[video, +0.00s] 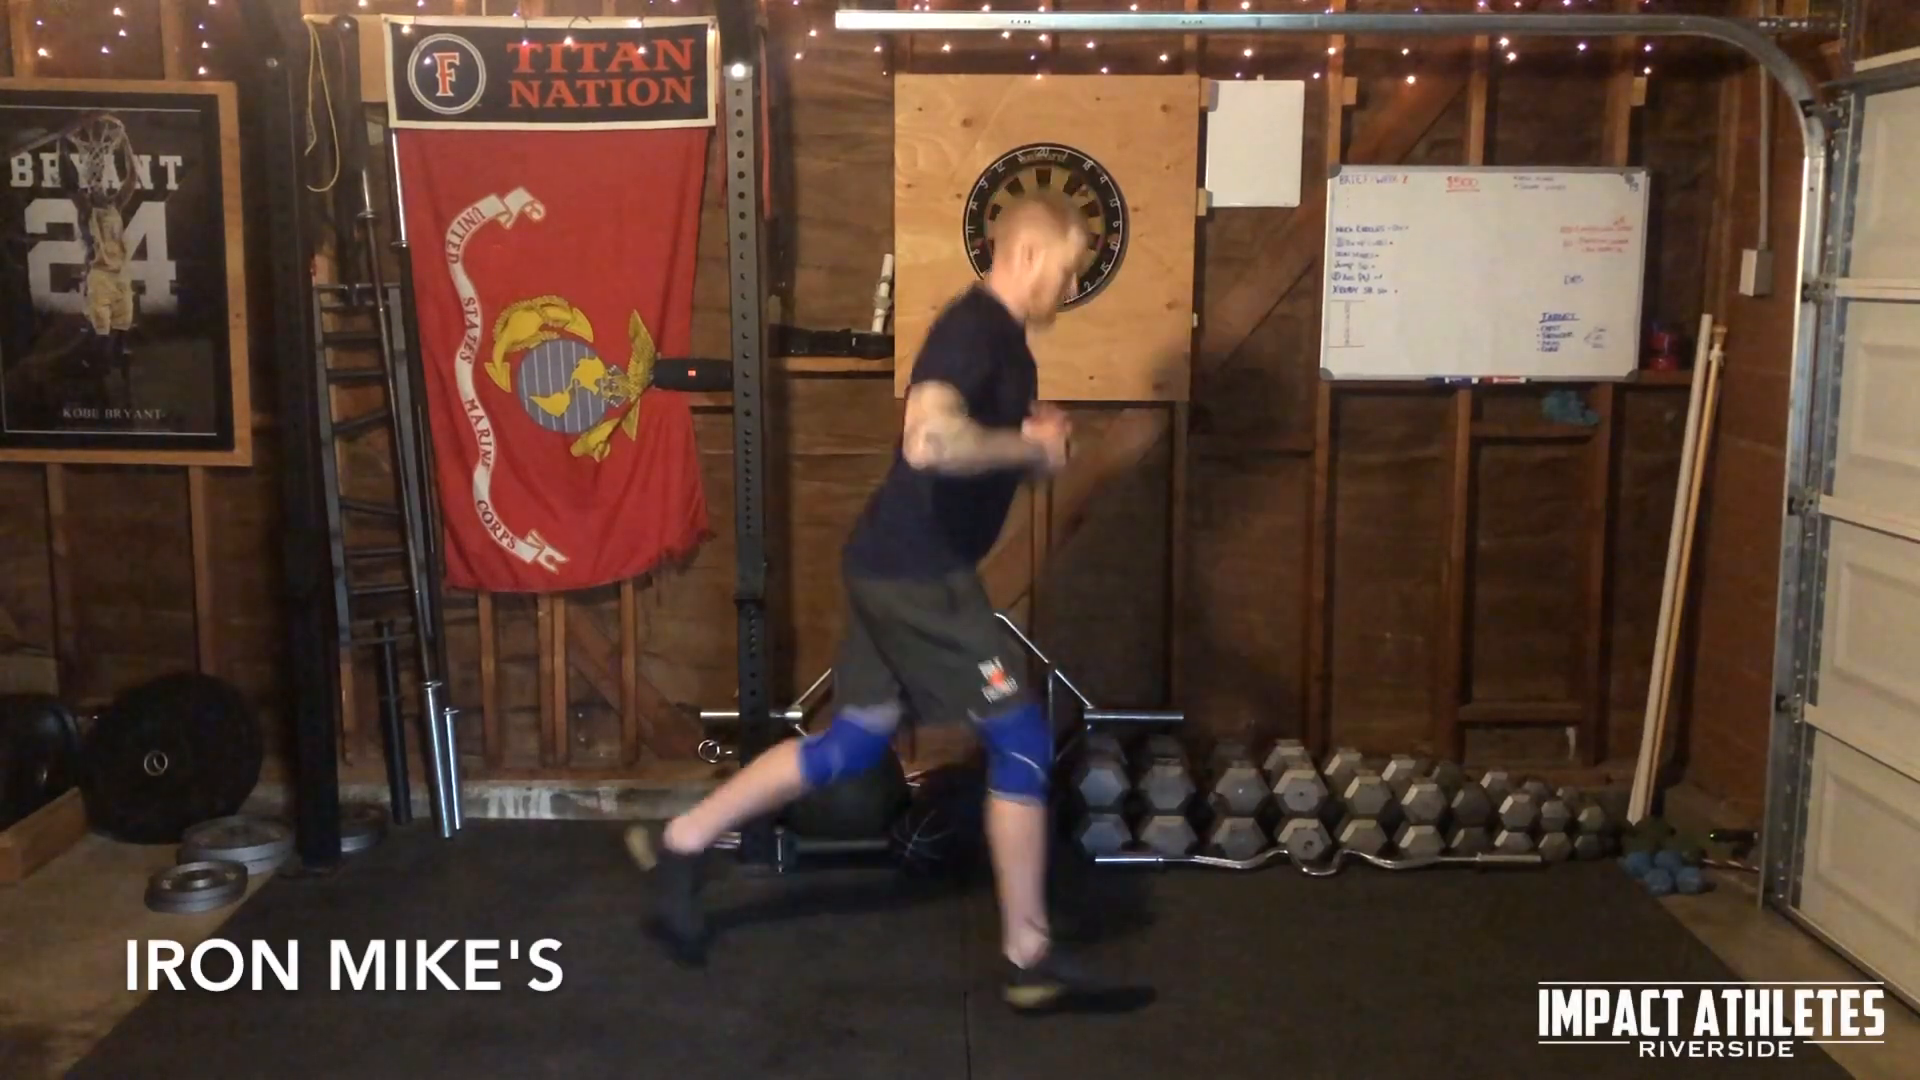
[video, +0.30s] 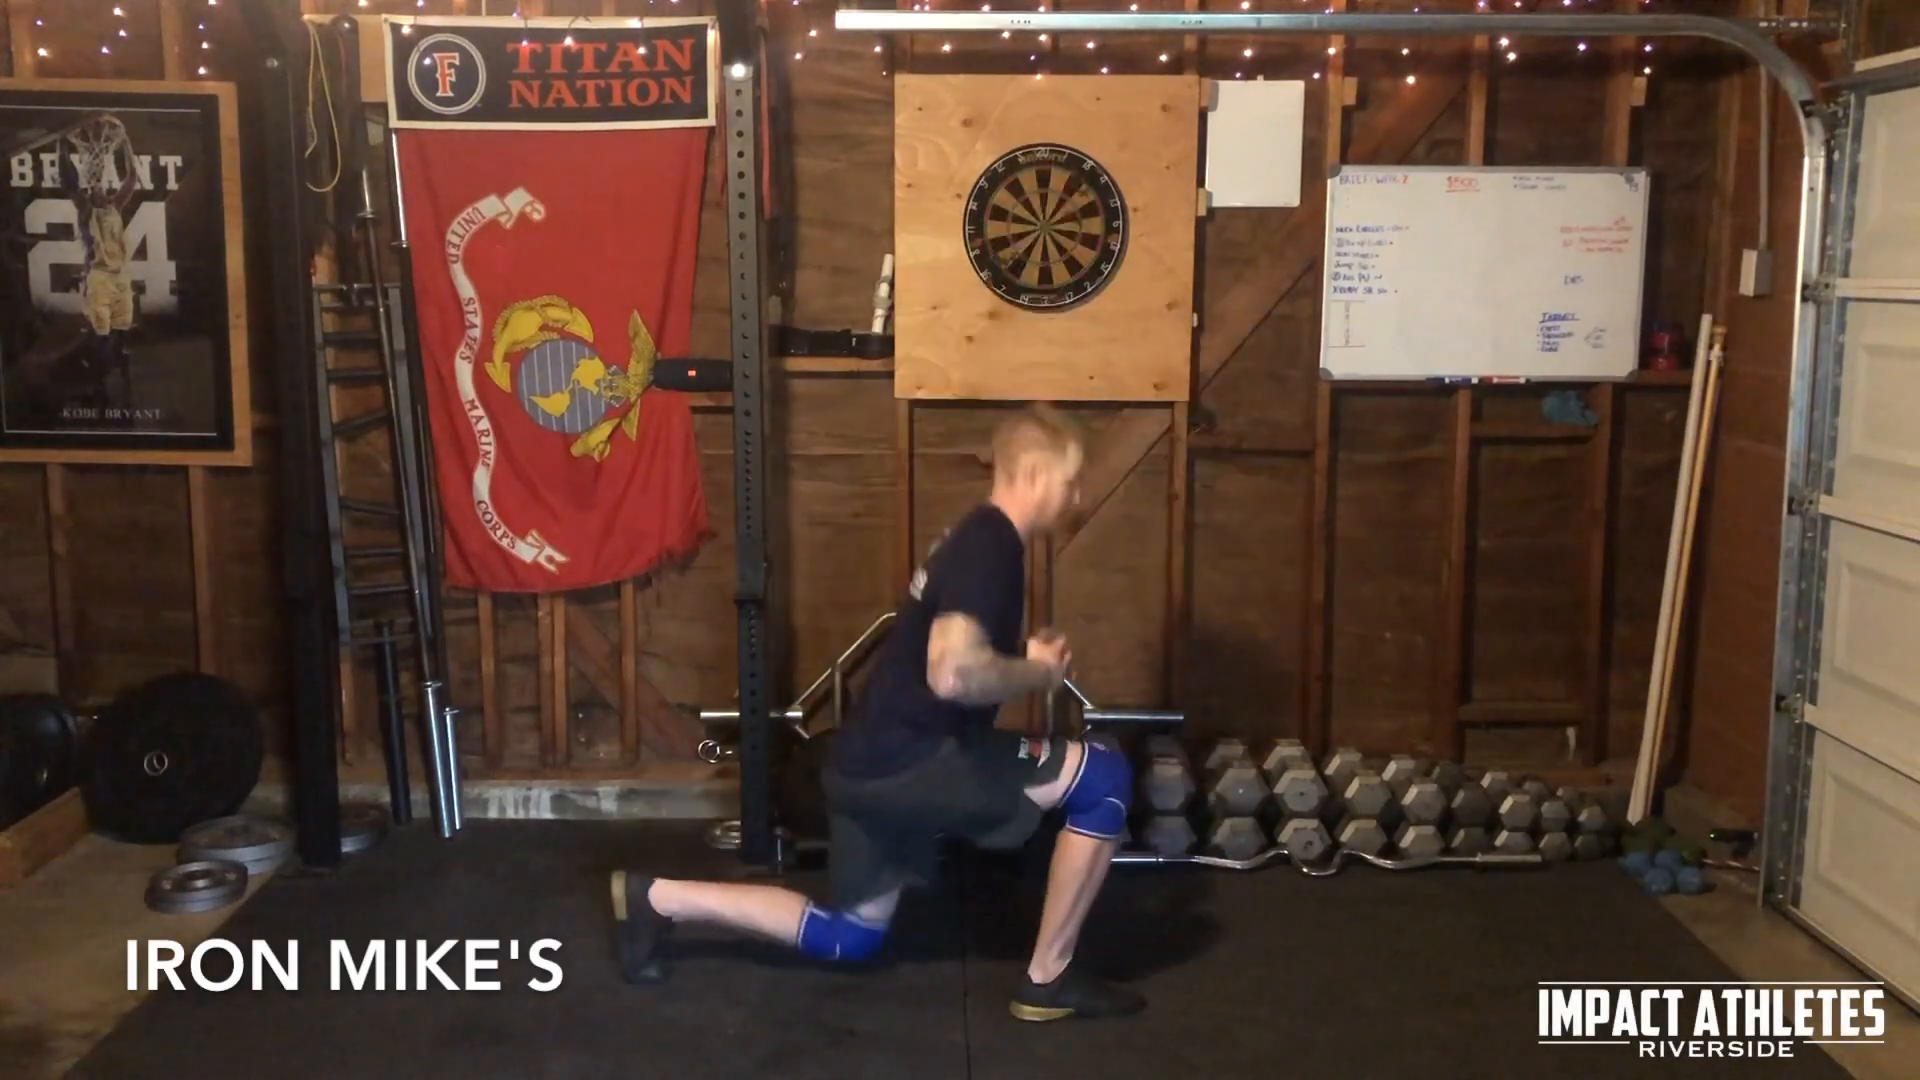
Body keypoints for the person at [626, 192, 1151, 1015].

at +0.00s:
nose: (1072, 288)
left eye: (1078, 271)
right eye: (1070, 268)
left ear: (1018, 255)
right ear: (1025, 253)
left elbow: (962, 439)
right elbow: (927, 440)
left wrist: (1031, 442)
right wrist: (1027, 445)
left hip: (903, 564)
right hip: (910, 568)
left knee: (852, 741)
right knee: (1020, 737)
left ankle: (679, 839)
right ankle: (1029, 959)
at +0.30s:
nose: (1080, 495)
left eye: (1081, 479)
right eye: (1073, 478)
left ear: (1018, 474)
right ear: (1034, 474)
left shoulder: (979, 537)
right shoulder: (990, 543)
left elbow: (945, 660)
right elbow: (953, 673)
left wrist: (1018, 658)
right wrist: (1035, 669)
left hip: (868, 764)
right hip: (910, 764)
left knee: (851, 934)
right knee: (1106, 779)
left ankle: (655, 895)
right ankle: (1048, 976)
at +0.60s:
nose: (1057, 418)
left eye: (1056, 401)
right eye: (1051, 400)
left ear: (999, 399)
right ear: (1009, 399)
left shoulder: (972, 473)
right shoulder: (981, 480)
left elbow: (969, 588)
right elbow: (972, 592)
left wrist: (1042, 570)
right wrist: (1046, 564)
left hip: (881, 701)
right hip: (930, 705)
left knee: (837, 871)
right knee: (1100, 774)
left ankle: (632, 901)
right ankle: (1050, 975)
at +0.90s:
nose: (1087, 242)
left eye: (1092, 226)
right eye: (1087, 220)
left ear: (1028, 202)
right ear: (1044, 202)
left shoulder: (992, 276)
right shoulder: (1001, 277)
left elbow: (990, 390)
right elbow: (1008, 403)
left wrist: (1050, 378)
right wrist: (1066, 397)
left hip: (931, 520)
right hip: (932, 526)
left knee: (952, 705)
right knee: (960, 710)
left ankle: (883, 882)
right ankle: (814, 880)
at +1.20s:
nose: (1096, 423)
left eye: (1100, 408)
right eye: (1092, 406)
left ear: (1044, 400)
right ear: (1052, 402)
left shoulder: (1020, 471)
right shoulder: (1007, 483)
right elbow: (997, 628)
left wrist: (1045, 591)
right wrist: (1062, 600)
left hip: (987, 689)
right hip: (922, 708)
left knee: (1107, 759)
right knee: (857, 899)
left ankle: (1043, 933)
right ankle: (643, 936)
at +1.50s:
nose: (1085, 497)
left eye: (1086, 480)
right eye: (1079, 479)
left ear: (1026, 475)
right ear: (1038, 474)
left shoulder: (1015, 551)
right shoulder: (997, 558)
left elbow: (996, 679)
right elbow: (985, 711)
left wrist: (1055, 684)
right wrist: (1065, 667)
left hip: (970, 765)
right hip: (907, 788)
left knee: (1111, 759)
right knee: (839, 970)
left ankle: (1043, 935)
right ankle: (629, 939)